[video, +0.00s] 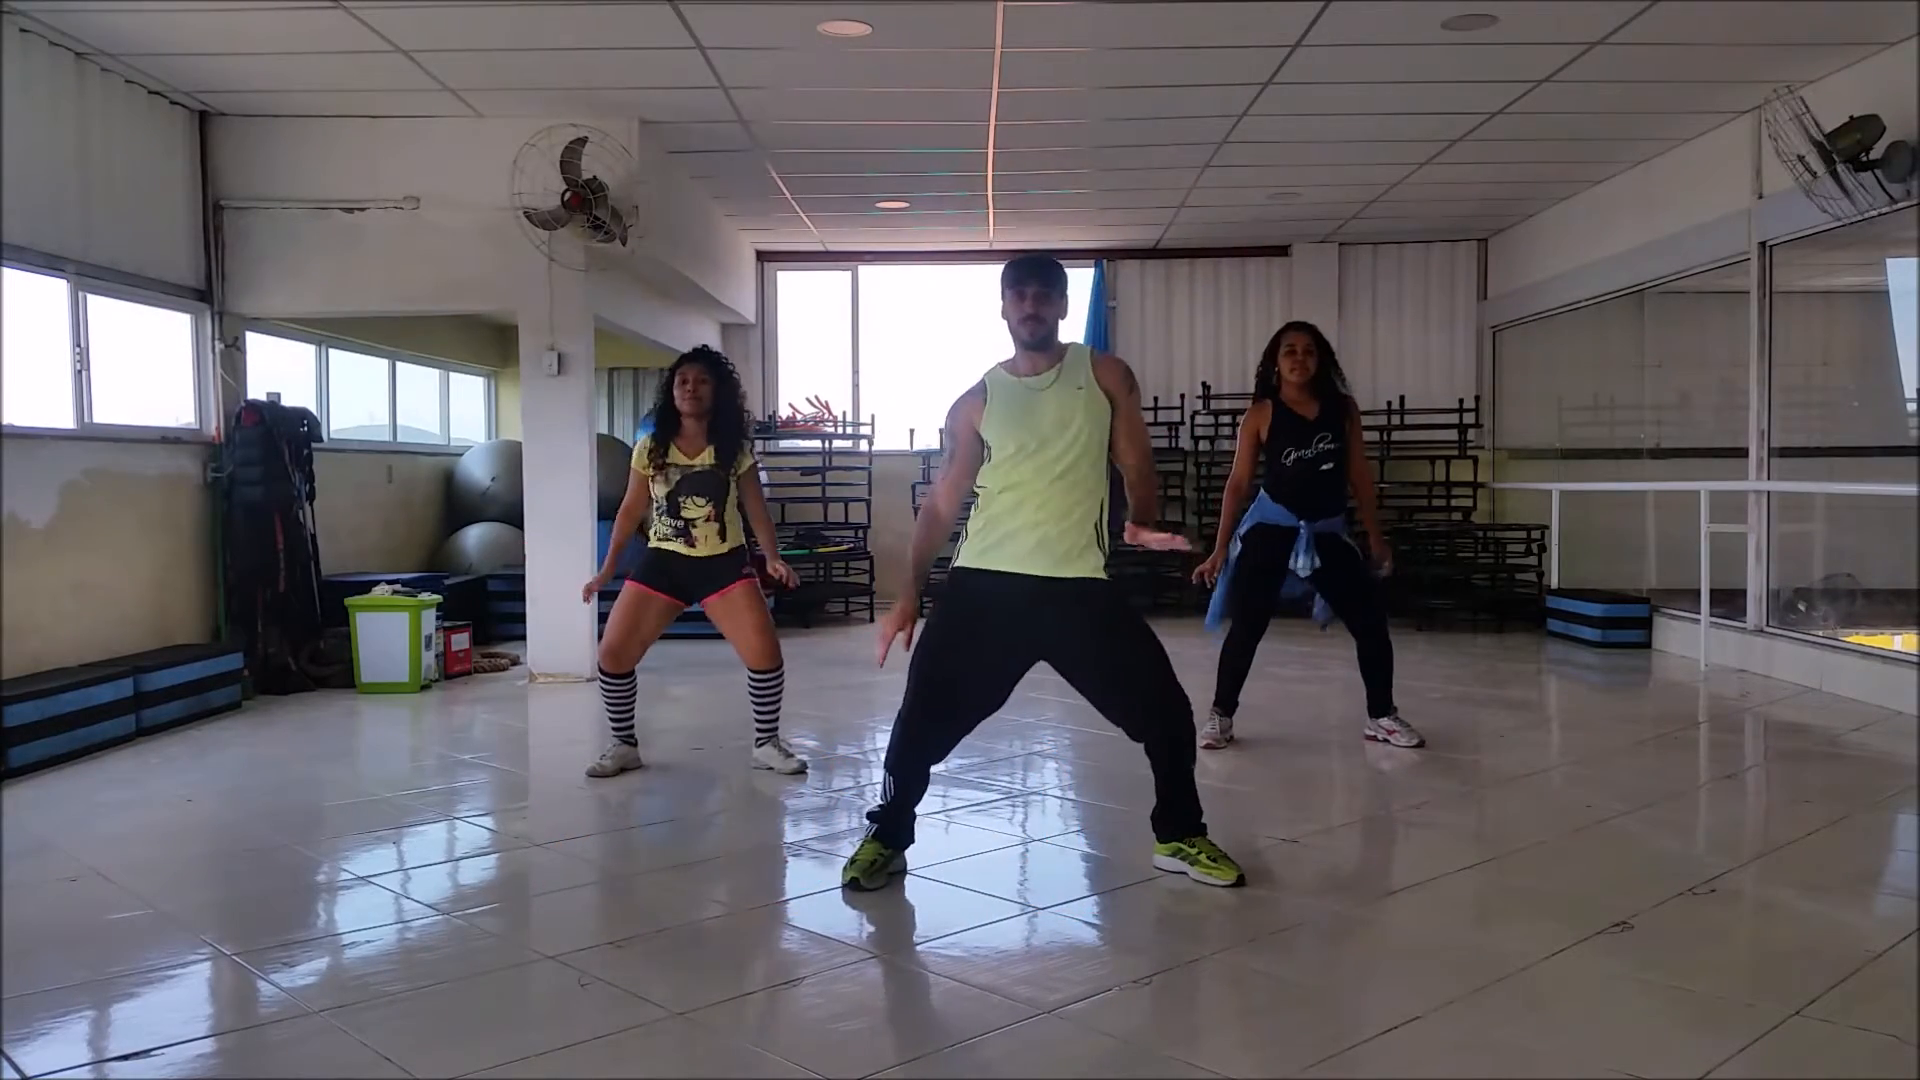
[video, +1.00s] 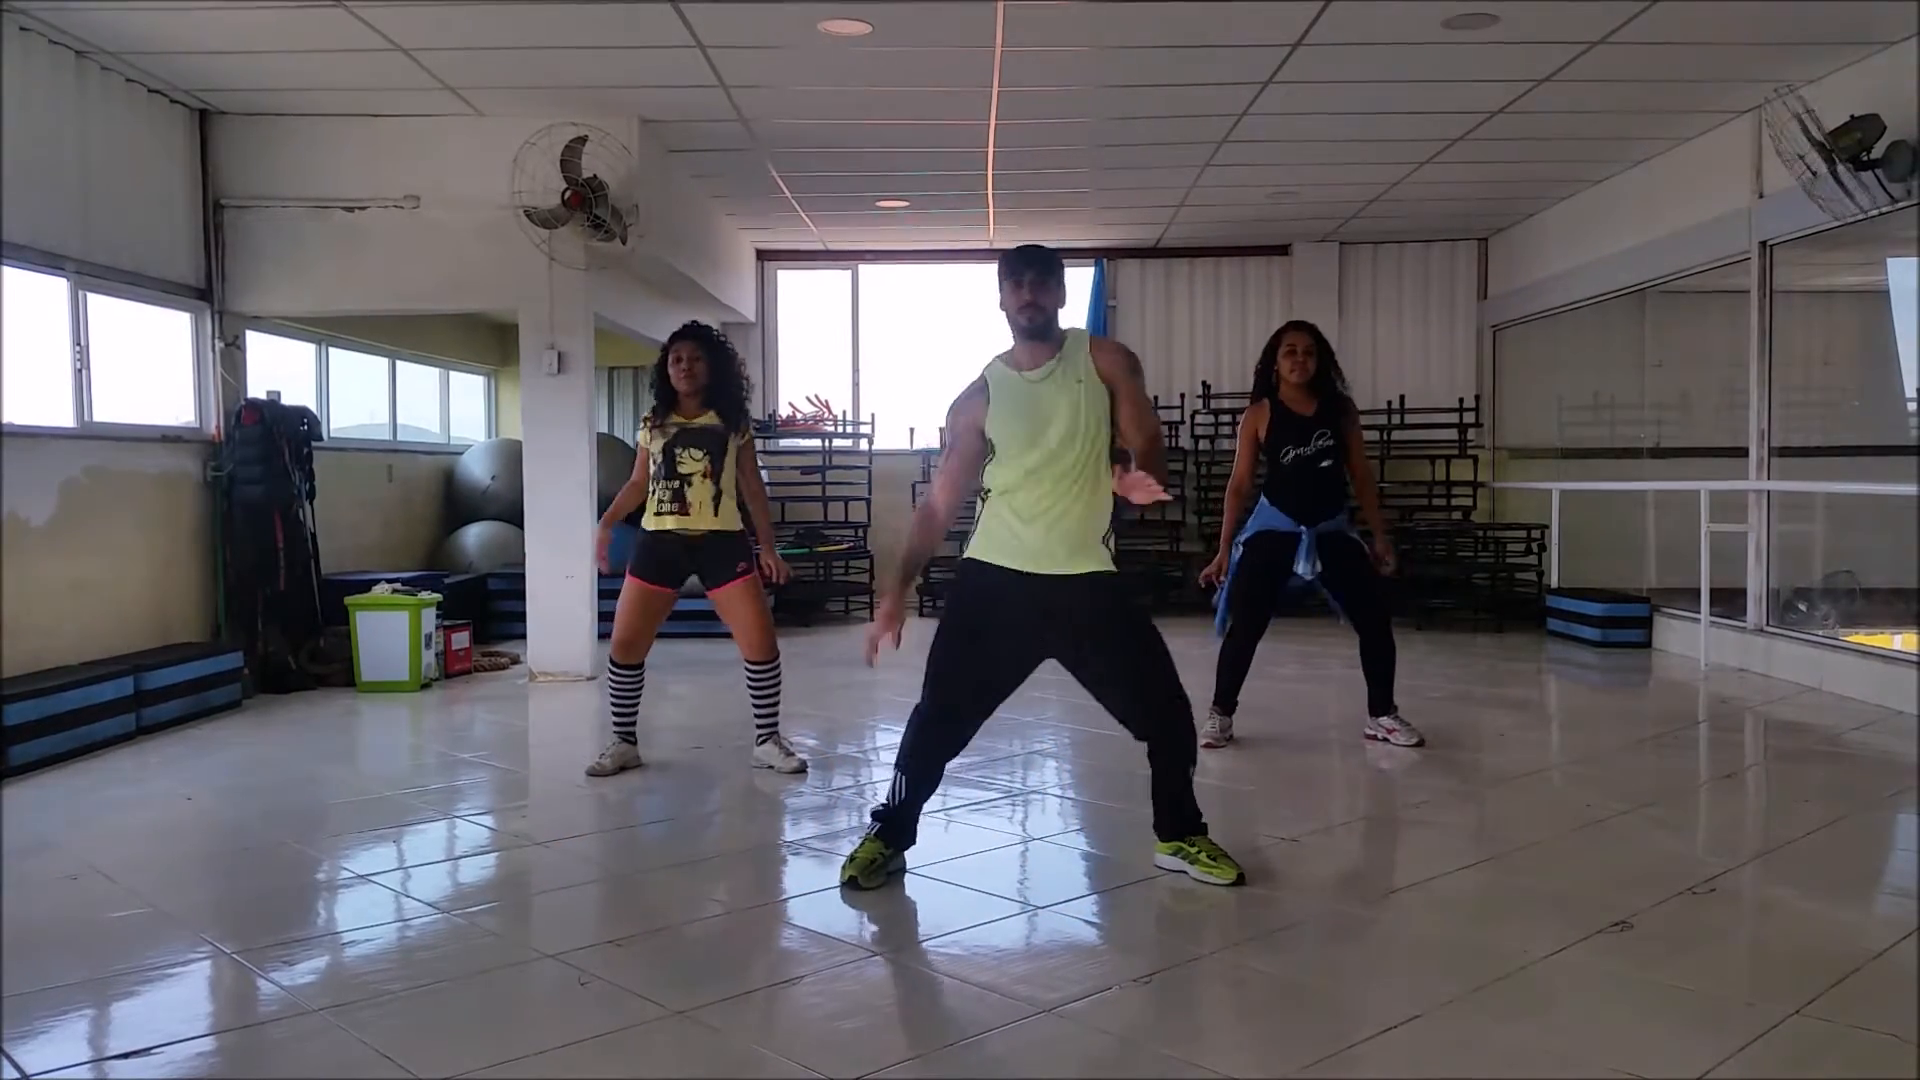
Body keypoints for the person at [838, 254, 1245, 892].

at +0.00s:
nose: (1031, 308)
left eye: (1043, 296)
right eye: (1019, 296)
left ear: (1064, 304)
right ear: (1003, 307)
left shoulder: (1106, 375)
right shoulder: (977, 404)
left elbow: (1138, 467)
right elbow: (939, 507)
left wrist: (1143, 521)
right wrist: (909, 591)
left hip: (1081, 593)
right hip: (984, 591)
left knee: (1166, 713)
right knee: (922, 718)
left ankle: (1179, 833)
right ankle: (888, 834)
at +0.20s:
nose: (1036, 310)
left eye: (1049, 298)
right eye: (1024, 298)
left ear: (1069, 307)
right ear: (1007, 308)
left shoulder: (1106, 382)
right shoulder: (976, 405)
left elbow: (1141, 470)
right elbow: (940, 508)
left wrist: (1147, 516)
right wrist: (923, 595)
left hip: (1085, 590)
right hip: (990, 591)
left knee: (1169, 715)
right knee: (933, 718)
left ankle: (1179, 833)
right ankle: (890, 836)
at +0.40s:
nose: (1043, 313)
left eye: (1056, 302)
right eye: (1031, 301)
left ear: (1073, 311)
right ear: (1012, 308)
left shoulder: (1101, 388)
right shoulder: (970, 401)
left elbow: (1139, 475)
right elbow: (935, 495)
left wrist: (1159, 526)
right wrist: (935, 582)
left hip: (1099, 583)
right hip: (1005, 590)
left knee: (1172, 707)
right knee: (950, 720)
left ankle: (1180, 833)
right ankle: (892, 838)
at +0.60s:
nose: (1041, 293)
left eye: (1054, 284)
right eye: (1029, 281)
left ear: (1069, 295)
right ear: (1009, 288)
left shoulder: (1085, 377)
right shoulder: (959, 372)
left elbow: (1132, 478)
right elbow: (908, 456)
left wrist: (1170, 567)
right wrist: (943, 485)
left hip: (1100, 575)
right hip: (1009, 586)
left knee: (1169, 712)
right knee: (959, 718)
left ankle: (1182, 834)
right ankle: (893, 838)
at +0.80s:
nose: (1029, 275)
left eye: (1042, 265)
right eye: (1017, 264)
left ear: (1061, 276)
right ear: (999, 275)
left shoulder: (1097, 353)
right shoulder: (968, 362)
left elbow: (1125, 446)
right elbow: (936, 451)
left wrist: (1121, 513)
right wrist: (908, 478)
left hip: (1079, 565)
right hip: (984, 564)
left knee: (1145, 697)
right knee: (934, 700)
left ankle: (1179, 830)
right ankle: (888, 833)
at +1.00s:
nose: (1030, 296)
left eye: (1042, 284)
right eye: (1017, 285)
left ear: (1062, 294)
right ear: (1001, 297)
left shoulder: (1107, 360)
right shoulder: (978, 401)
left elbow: (1145, 438)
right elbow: (939, 505)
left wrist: (1139, 475)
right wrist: (898, 588)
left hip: (1088, 586)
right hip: (994, 585)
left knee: (1168, 717)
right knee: (939, 716)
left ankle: (1179, 835)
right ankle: (890, 835)